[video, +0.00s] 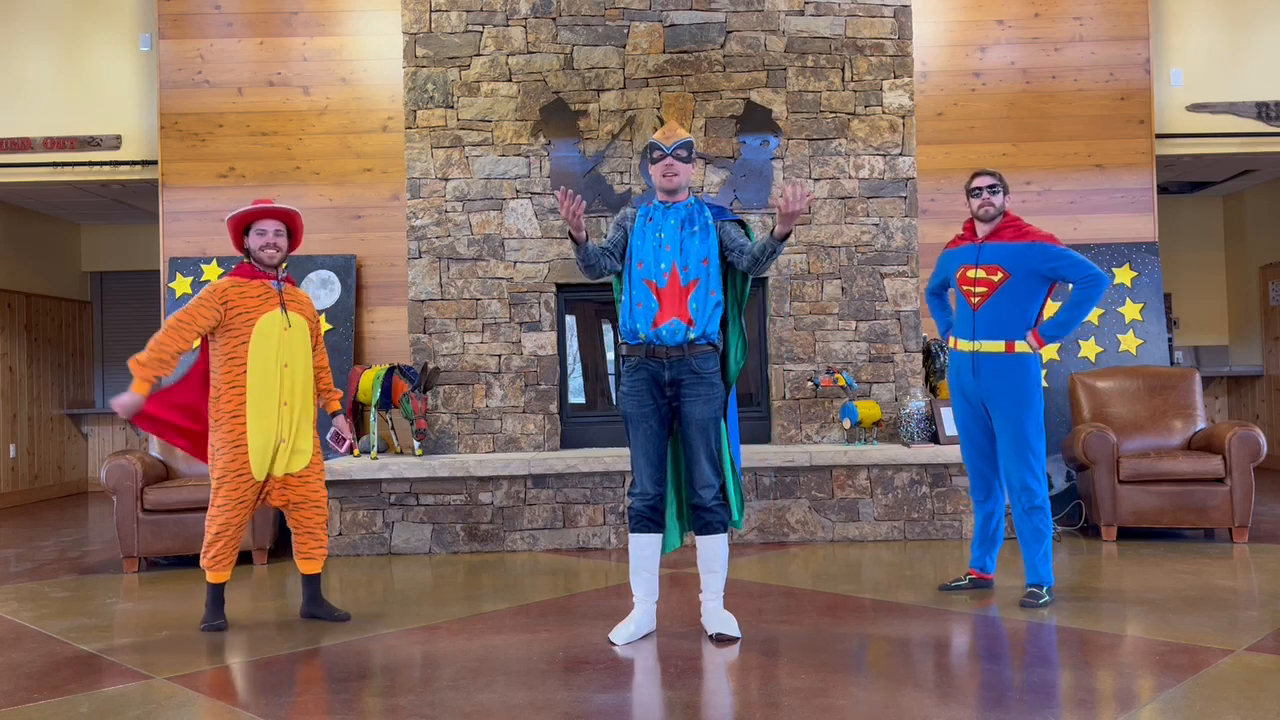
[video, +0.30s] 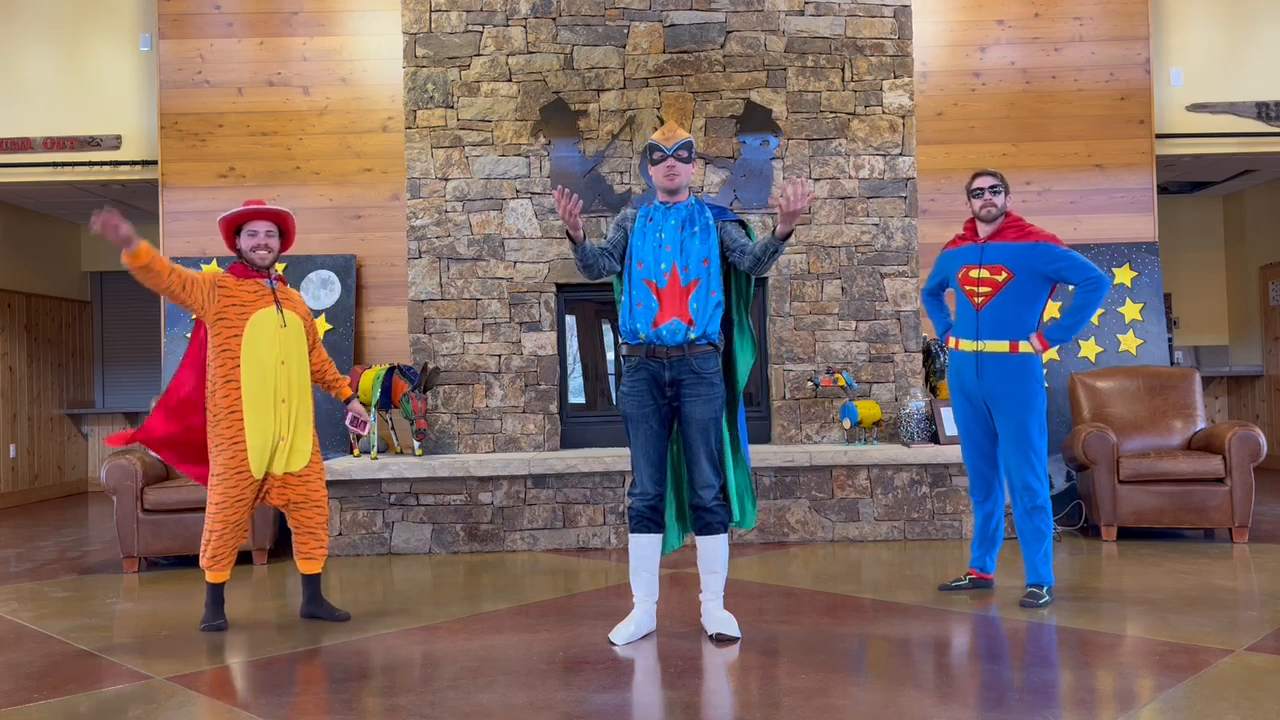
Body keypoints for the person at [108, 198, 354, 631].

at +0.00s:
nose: (270, 241)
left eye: (278, 235)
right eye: (261, 234)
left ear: (288, 245)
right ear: (246, 242)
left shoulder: (300, 300)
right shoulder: (225, 292)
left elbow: (318, 360)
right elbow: (176, 332)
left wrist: (334, 409)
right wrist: (139, 387)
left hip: (295, 422)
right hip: (238, 422)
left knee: (312, 501)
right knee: (229, 507)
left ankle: (313, 598)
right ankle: (214, 605)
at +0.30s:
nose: (261, 241)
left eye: (270, 235)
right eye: (252, 235)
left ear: (280, 244)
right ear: (237, 243)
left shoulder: (294, 301)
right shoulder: (214, 288)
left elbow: (317, 358)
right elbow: (167, 277)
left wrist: (349, 398)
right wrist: (130, 243)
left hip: (292, 421)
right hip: (236, 421)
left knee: (312, 500)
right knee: (227, 507)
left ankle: (313, 598)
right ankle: (214, 605)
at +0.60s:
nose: (256, 240)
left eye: (264, 234)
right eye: (247, 234)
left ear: (276, 245)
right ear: (232, 243)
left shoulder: (288, 298)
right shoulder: (214, 285)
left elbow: (310, 358)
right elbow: (182, 250)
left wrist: (340, 398)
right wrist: (208, 199)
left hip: (290, 420)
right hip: (234, 422)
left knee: (310, 505)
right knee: (224, 512)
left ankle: (313, 598)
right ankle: (214, 605)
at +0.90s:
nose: (258, 240)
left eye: (266, 234)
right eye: (248, 233)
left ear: (279, 243)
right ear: (233, 241)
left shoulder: (292, 301)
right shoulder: (214, 287)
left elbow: (311, 363)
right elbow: (184, 241)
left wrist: (332, 407)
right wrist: (178, 181)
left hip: (289, 423)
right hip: (233, 423)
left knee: (309, 504)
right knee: (223, 510)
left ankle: (313, 598)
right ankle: (214, 604)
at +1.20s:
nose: (258, 240)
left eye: (266, 233)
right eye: (249, 233)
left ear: (278, 244)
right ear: (234, 241)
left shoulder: (291, 298)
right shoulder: (213, 285)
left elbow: (312, 361)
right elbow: (178, 250)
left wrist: (339, 405)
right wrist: (191, 194)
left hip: (287, 422)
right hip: (230, 423)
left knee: (307, 503)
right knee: (222, 510)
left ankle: (312, 597)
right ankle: (214, 604)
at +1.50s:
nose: (257, 240)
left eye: (265, 233)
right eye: (247, 233)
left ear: (277, 243)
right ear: (233, 242)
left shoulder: (291, 299)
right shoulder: (211, 286)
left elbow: (310, 362)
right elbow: (174, 249)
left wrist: (335, 406)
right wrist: (188, 193)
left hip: (287, 422)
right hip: (230, 423)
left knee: (307, 503)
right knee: (222, 510)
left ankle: (312, 598)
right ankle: (214, 604)